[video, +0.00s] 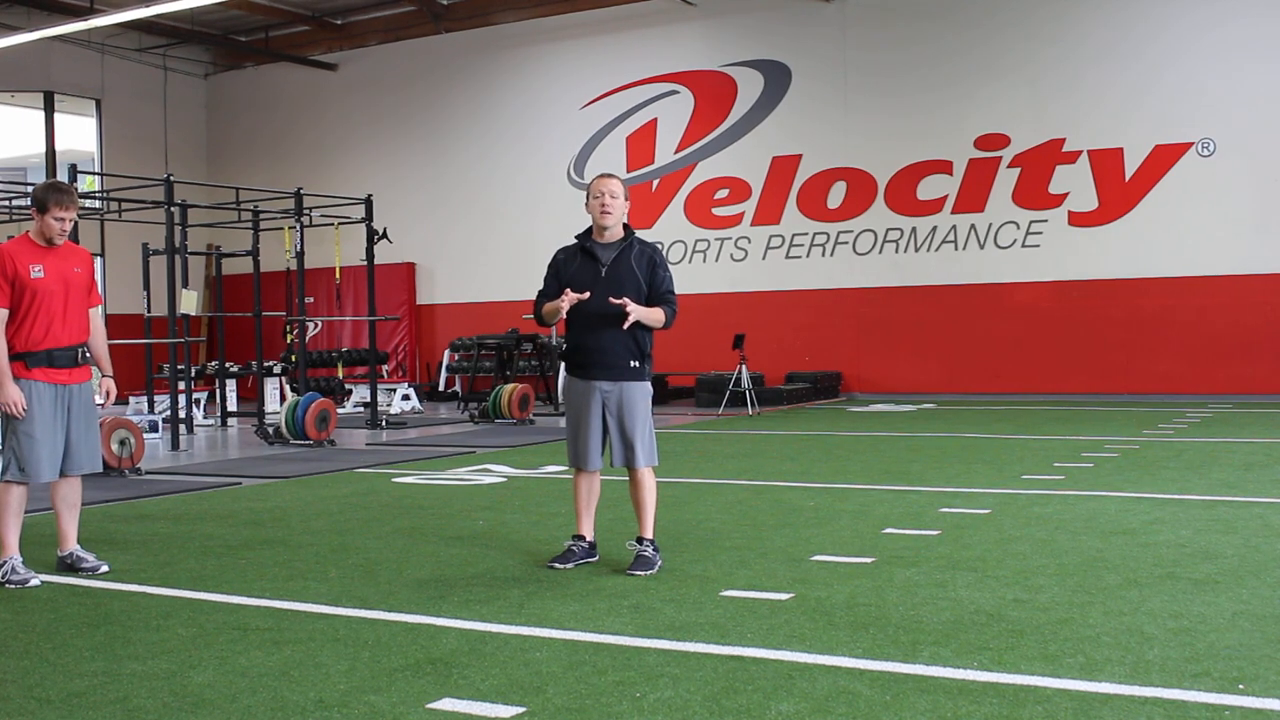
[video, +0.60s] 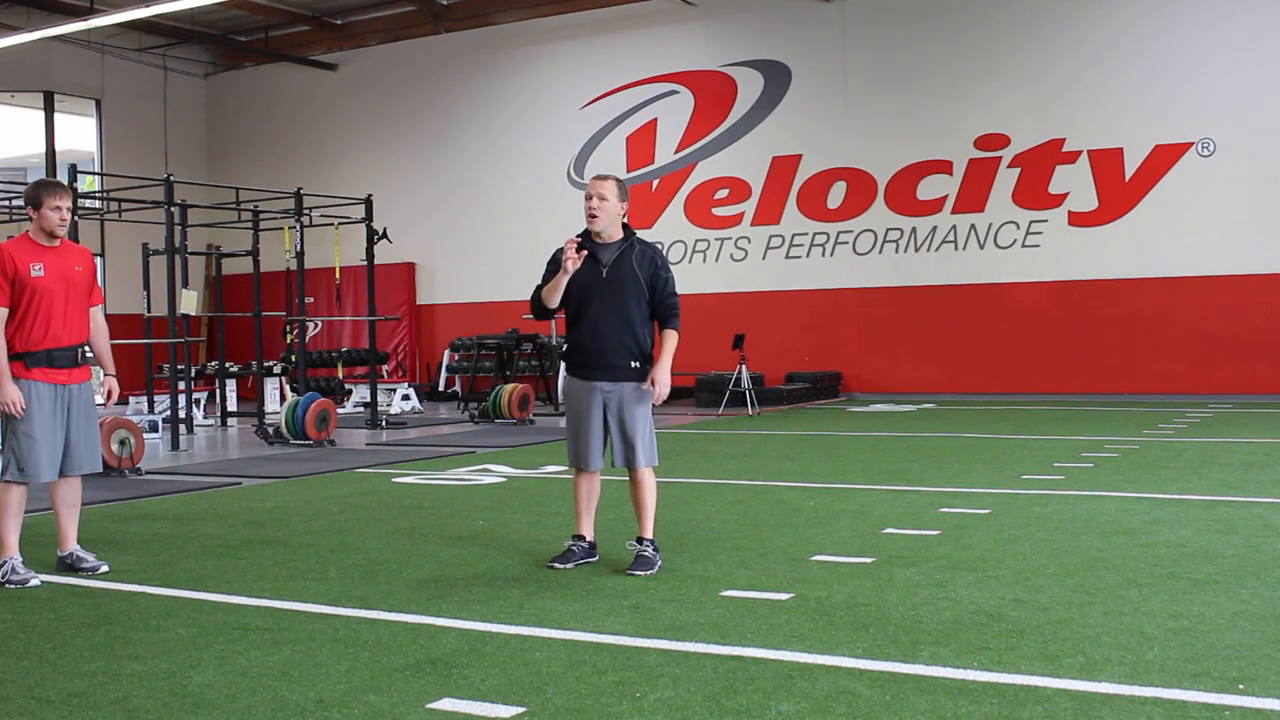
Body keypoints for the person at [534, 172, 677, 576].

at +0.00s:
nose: (605, 202)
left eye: (613, 196)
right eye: (598, 196)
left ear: (626, 206)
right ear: (587, 206)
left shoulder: (648, 256)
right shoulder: (566, 258)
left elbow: (666, 314)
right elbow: (542, 315)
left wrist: (641, 311)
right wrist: (560, 305)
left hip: (631, 379)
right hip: (581, 377)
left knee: (639, 463)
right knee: (585, 462)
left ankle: (646, 544)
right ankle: (584, 542)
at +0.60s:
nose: (591, 204)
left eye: (601, 199)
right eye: (588, 198)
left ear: (622, 208)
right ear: (583, 205)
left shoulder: (649, 257)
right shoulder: (568, 254)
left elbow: (670, 316)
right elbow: (540, 310)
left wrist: (663, 365)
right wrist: (564, 273)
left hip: (632, 379)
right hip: (581, 379)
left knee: (639, 464)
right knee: (585, 463)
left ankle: (646, 544)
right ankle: (583, 542)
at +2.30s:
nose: (594, 203)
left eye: (602, 197)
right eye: (590, 198)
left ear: (624, 204)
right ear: (586, 206)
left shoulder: (650, 257)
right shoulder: (571, 257)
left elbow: (670, 320)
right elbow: (534, 302)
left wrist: (671, 376)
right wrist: (510, 270)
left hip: (630, 379)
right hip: (580, 378)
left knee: (638, 463)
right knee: (584, 464)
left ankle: (646, 544)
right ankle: (583, 542)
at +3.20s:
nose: (594, 204)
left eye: (602, 197)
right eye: (588, 199)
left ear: (622, 204)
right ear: (583, 208)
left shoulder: (649, 255)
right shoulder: (570, 257)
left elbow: (673, 312)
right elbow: (539, 309)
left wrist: (654, 335)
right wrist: (528, 296)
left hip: (632, 379)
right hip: (582, 377)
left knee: (639, 463)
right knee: (585, 462)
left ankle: (646, 544)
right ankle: (583, 542)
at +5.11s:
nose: (591, 209)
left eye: (599, 202)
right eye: (587, 203)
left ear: (623, 207)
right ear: (585, 208)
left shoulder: (653, 256)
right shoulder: (571, 259)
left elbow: (677, 315)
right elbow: (548, 322)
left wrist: (652, 313)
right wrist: (557, 311)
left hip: (636, 380)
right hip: (584, 379)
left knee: (641, 463)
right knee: (586, 464)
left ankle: (647, 544)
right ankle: (584, 542)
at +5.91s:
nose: (587, 209)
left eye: (596, 202)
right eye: (583, 203)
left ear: (620, 207)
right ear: (581, 209)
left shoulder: (652, 256)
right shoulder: (571, 259)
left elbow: (679, 312)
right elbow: (548, 317)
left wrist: (648, 310)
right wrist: (540, 311)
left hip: (635, 380)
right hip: (585, 378)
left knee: (641, 463)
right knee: (586, 462)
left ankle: (646, 544)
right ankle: (584, 542)